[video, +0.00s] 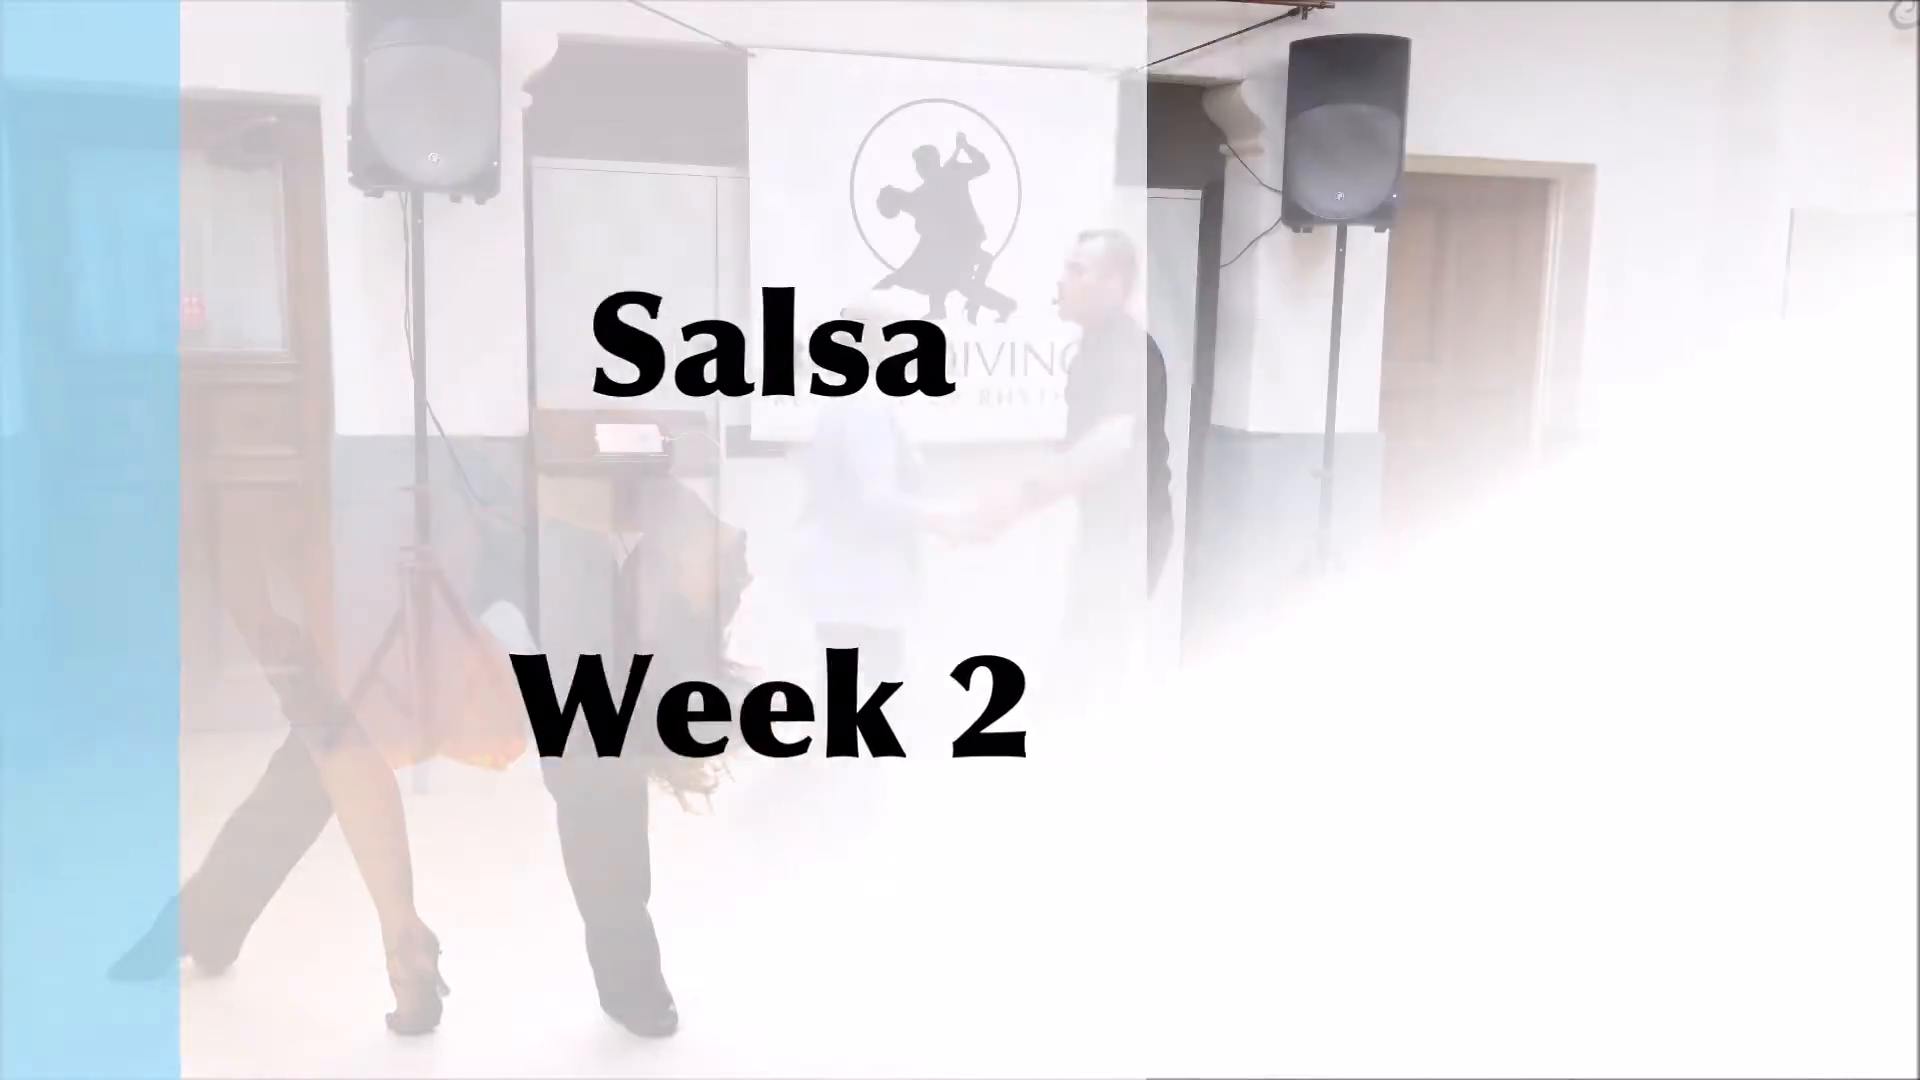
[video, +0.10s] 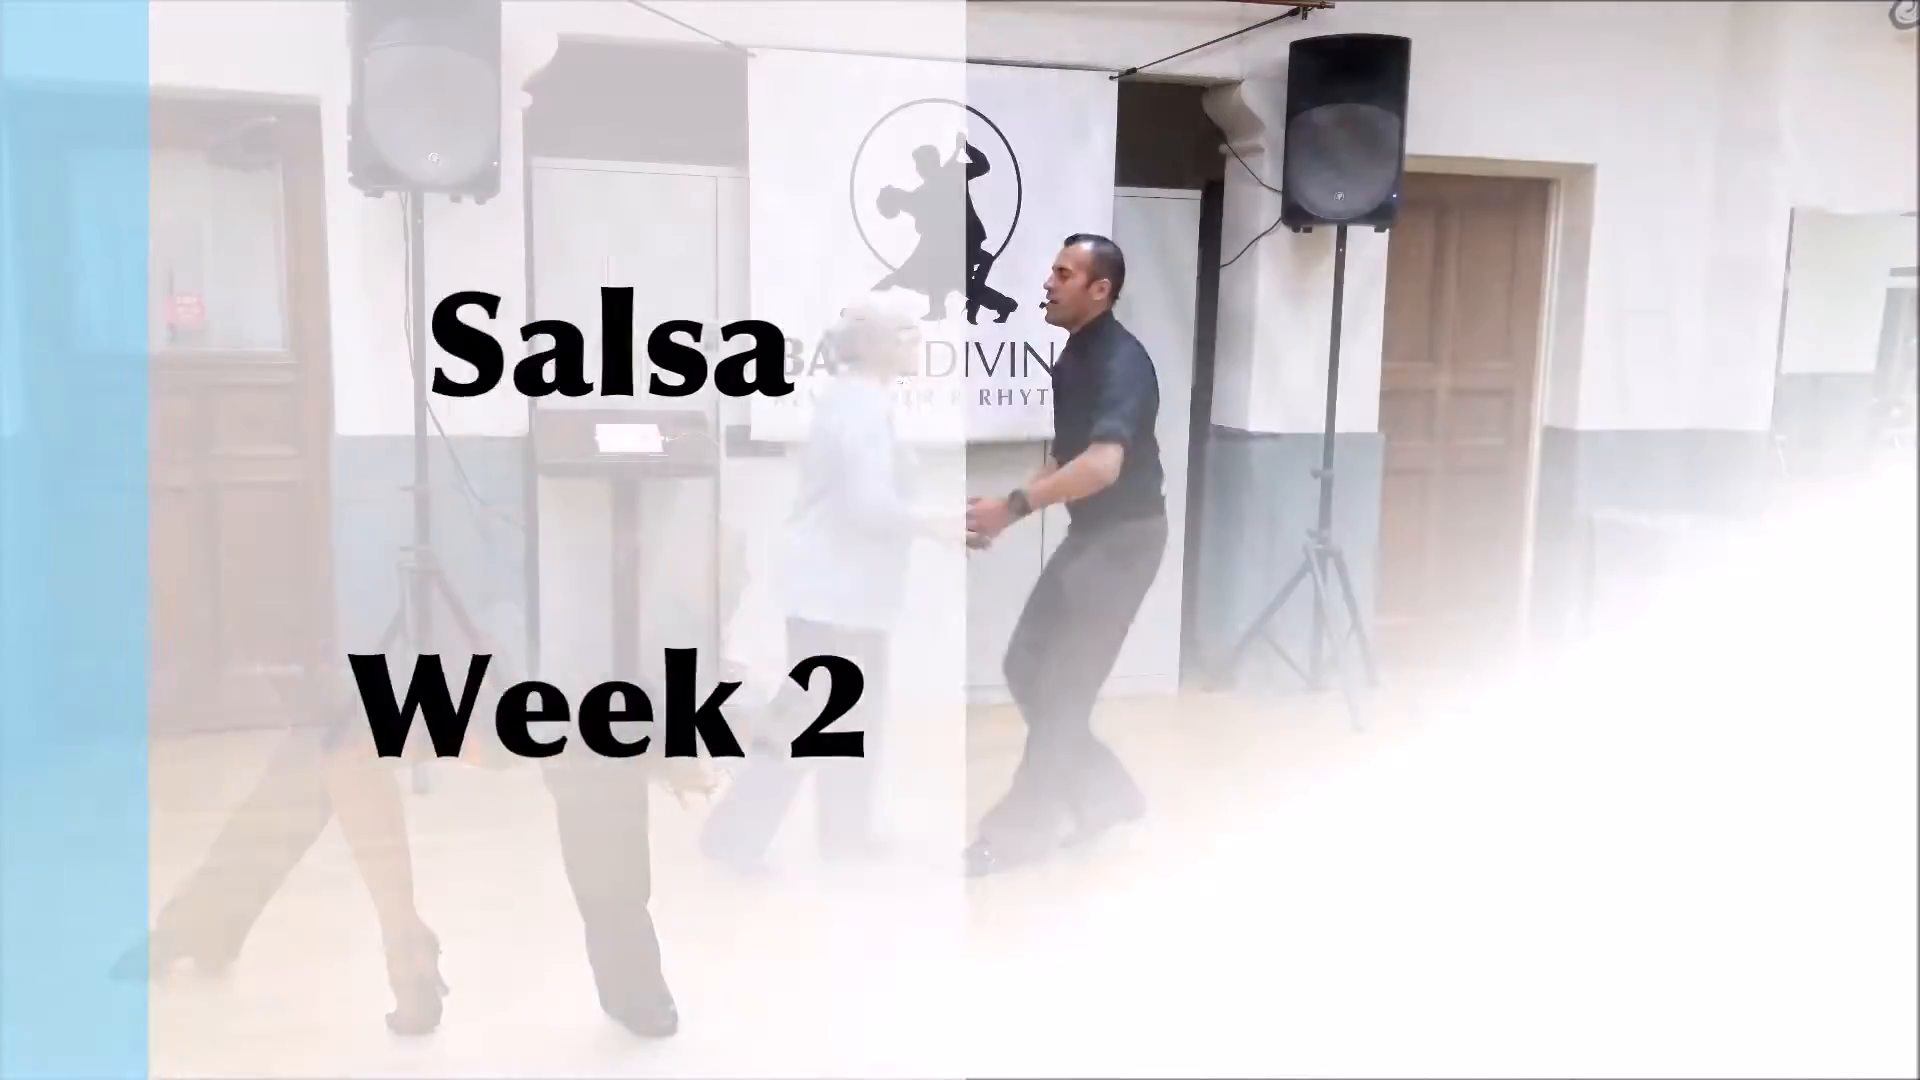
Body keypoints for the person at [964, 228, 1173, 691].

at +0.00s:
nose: (1060, 280)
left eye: (1076, 271)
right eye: (1065, 268)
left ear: (1112, 284)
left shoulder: (1124, 344)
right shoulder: (1096, 347)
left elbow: (1116, 443)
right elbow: (1086, 449)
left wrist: (1017, 499)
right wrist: (1010, 504)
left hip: (1128, 518)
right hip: (1106, 514)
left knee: (1103, 649)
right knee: (1085, 647)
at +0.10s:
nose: (1048, 283)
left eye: (1063, 275)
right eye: (1052, 272)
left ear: (1100, 289)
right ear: (1080, 286)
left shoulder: (1121, 359)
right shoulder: (1074, 354)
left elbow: (1104, 465)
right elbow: (1067, 455)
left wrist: (1014, 505)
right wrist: (1008, 508)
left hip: (1124, 537)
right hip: (1087, 532)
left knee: (1065, 682)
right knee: (1025, 666)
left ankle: (1019, 833)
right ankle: (1107, 797)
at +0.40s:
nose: (1063, 283)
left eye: (1078, 274)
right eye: (1067, 271)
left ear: (1115, 288)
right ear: (1090, 283)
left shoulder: (1141, 364)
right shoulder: (1080, 353)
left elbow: (1134, 484)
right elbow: (1072, 450)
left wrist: (1045, 538)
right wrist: (997, 480)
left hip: (1139, 533)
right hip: (1093, 528)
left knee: (1075, 674)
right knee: (1049, 670)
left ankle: (1034, 829)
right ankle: (1090, 807)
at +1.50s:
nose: (1235, 290)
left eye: (1251, 283)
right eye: (1236, 279)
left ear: (1288, 296)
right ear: (1238, 285)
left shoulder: (1303, 364)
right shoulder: (1243, 366)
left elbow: (1322, 462)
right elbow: (1232, 459)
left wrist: (1229, 512)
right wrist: (1166, 492)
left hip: (1301, 536)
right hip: (1272, 535)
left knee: (1212, 660)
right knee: (1315, 671)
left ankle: (1265, 803)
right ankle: (1370, 805)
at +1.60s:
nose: (1231, 288)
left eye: (1247, 280)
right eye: (1233, 277)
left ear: (1283, 294)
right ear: (1238, 284)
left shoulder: (1301, 361)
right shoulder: (1236, 366)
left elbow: (1320, 456)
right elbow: (1223, 458)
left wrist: (1226, 498)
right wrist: (1170, 493)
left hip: (1291, 538)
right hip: (1261, 538)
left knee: (1213, 668)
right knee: (1306, 669)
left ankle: (1258, 815)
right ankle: (1367, 801)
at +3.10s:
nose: (1096, 266)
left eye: (1110, 258)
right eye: (1096, 255)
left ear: (1148, 270)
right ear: (1098, 264)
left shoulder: (1178, 348)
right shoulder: (1086, 349)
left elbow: (1183, 459)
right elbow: (1051, 447)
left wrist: (1083, 453)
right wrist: (974, 467)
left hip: (1151, 526)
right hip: (1098, 521)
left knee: (1095, 652)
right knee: (1062, 659)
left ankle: (1128, 817)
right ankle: (1060, 817)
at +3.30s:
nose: (1131, 273)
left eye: (1145, 265)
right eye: (1133, 262)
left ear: (1185, 278)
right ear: (1156, 277)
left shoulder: (1217, 353)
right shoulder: (1136, 353)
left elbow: (1230, 463)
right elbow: (1091, 443)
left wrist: (1134, 445)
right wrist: (987, 458)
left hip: (1201, 536)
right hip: (1147, 530)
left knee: (1198, 684)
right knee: (1107, 670)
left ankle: (1263, 821)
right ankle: (1076, 814)